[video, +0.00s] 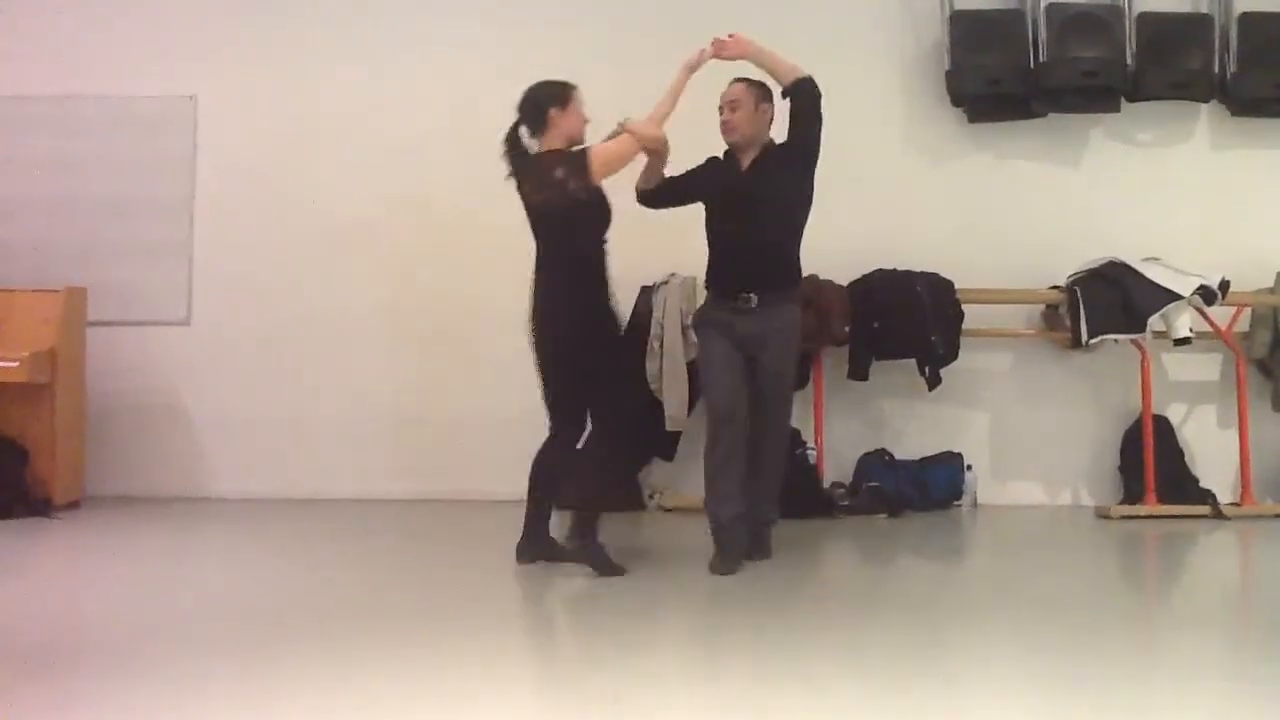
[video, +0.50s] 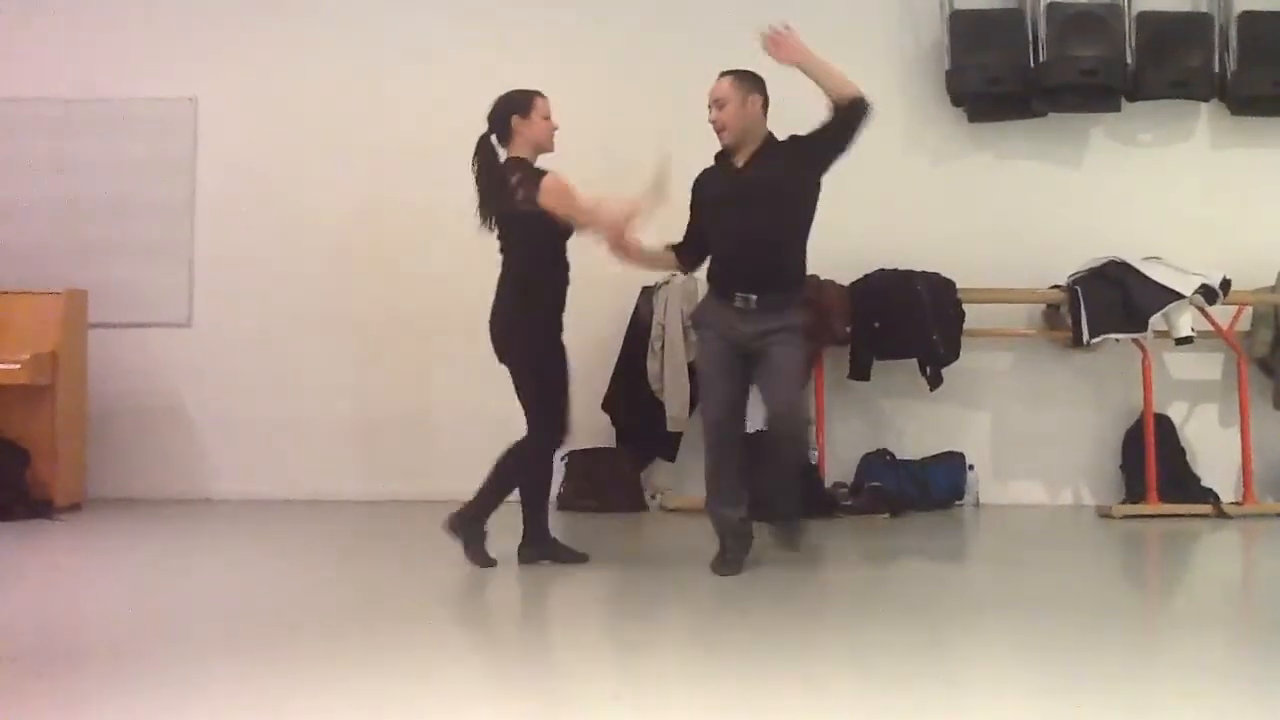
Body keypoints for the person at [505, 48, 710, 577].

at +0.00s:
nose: (587, 117)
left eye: (582, 108)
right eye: (579, 108)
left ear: (547, 117)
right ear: (555, 116)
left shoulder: (533, 169)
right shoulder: (569, 167)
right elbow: (648, 133)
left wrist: (630, 136)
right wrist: (685, 73)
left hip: (553, 308)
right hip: (582, 311)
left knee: (565, 425)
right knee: (620, 418)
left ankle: (534, 535)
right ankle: (584, 535)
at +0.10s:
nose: (575, 118)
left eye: (571, 109)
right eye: (567, 110)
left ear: (537, 119)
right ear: (542, 118)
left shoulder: (526, 170)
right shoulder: (559, 164)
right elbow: (643, 127)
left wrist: (622, 132)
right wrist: (680, 71)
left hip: (532, 316)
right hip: (559, 318)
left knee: (555, 422)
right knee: (615, 411)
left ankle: (533, 536)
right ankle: (571, 526)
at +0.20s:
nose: (571, 121)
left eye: (567, 113)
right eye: (562, 113)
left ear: (535, 122)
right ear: (537, 122)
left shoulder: (527, 172)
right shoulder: (551, 169)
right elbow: (638, 132)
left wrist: (618, 137)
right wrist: (678, 74)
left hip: (533, 318)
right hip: (547, 323)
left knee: (547, 425)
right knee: (604, 414)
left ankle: (537, 533)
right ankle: (546, 529)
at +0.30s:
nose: (567, 122)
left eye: (563, 115)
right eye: (558, 116)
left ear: (532, 127)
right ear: (533, 127)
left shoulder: (524, 175)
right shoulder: (550, 173)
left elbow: (596, 163)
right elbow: (633, 148)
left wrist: (618, 147)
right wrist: (672, 82)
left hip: (527, 320)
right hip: (544, 325)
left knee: (542, 428)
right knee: (597, 417)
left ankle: (532, 533)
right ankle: (525, 514)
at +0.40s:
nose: (558, 124)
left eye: (555, 115)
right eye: (550, 116)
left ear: (522, 126)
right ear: (524, 123)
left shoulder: (514, 174)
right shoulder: (541, 176)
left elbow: (587, 186)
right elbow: (619, 179)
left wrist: (616, 177)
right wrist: (659, 120)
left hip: (521, 315)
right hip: (536, 321)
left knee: (547, 427)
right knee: (565, 428)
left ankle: (534, 537)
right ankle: (484, 505)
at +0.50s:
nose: (554, 125)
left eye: (551, 117)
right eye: (545, 118)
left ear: (515, 128)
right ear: (517, 127)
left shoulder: (507, 179)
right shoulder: (542, 184)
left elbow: (571, 216)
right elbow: (595, 218)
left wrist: (616, 220)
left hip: (512, 320)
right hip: (534, 325)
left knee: (544, 429)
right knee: (547, 431)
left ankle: (537, 538)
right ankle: (472, 515)